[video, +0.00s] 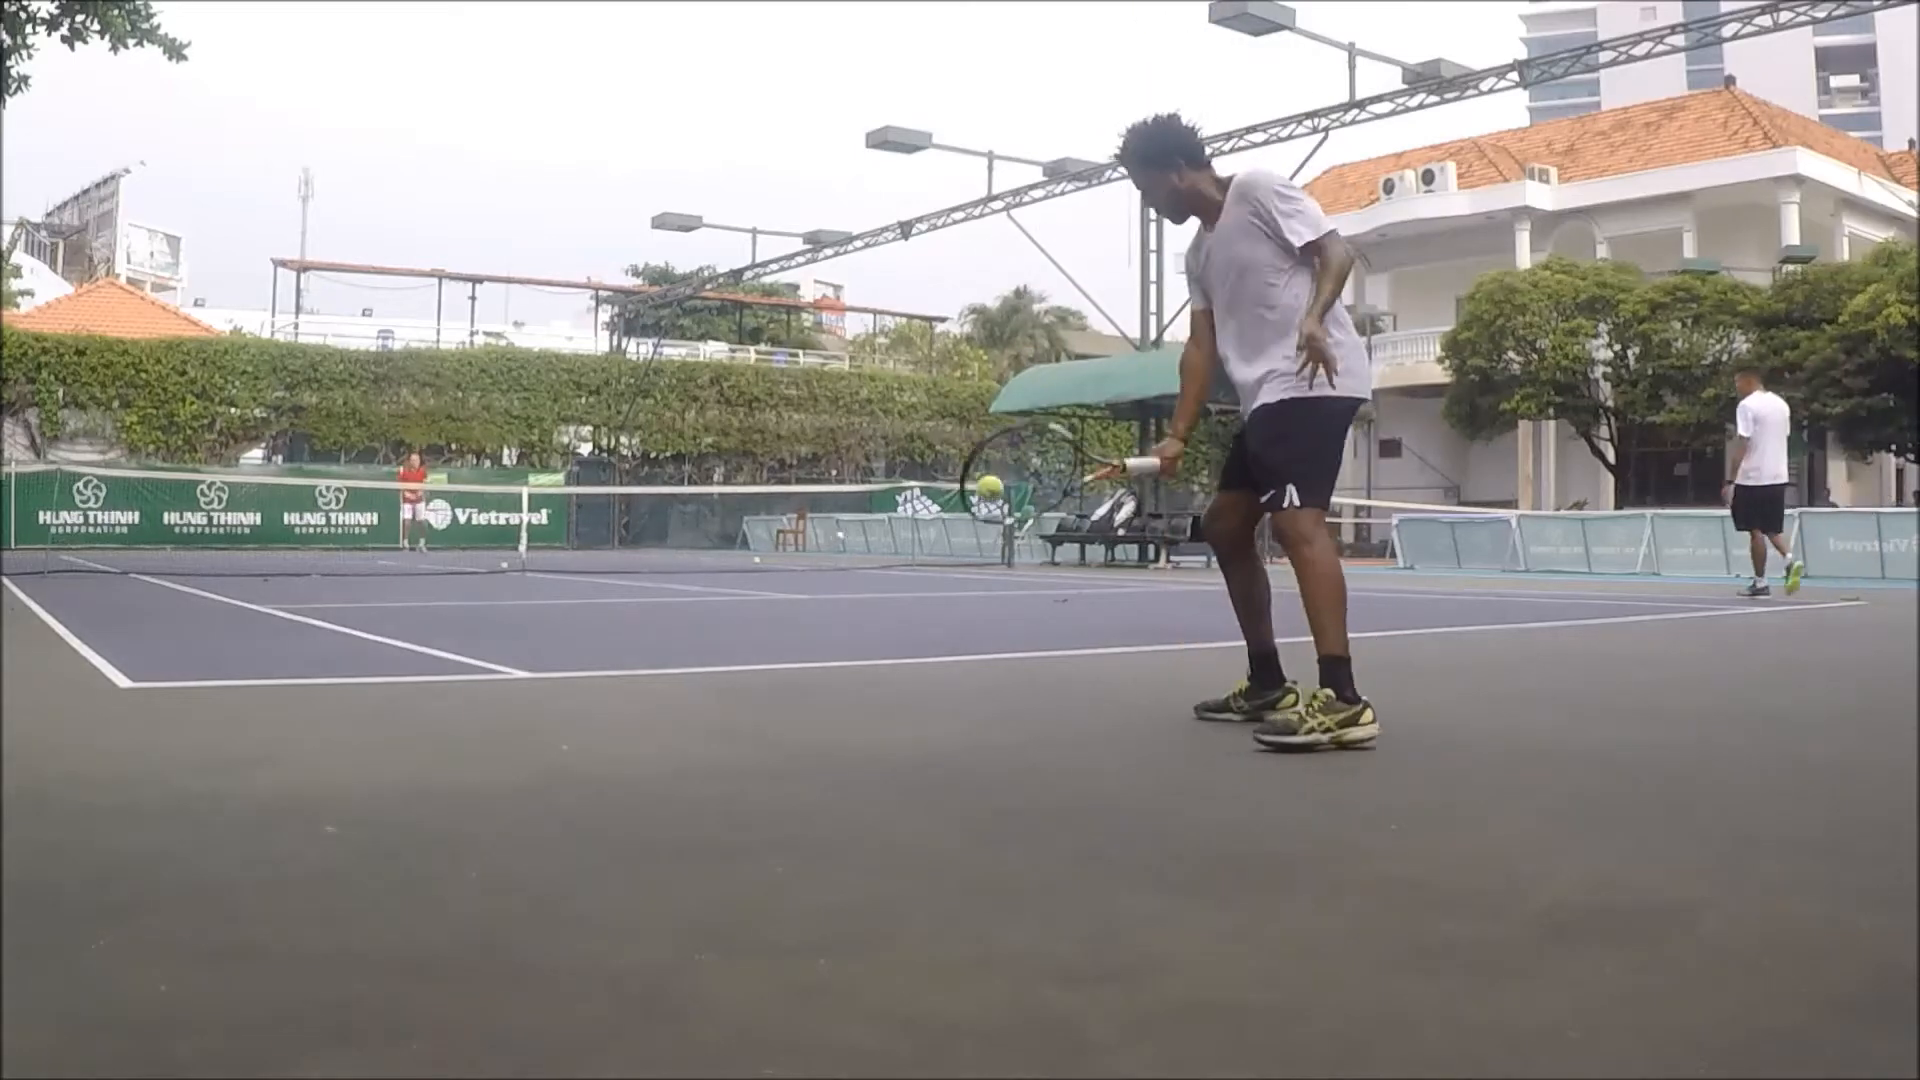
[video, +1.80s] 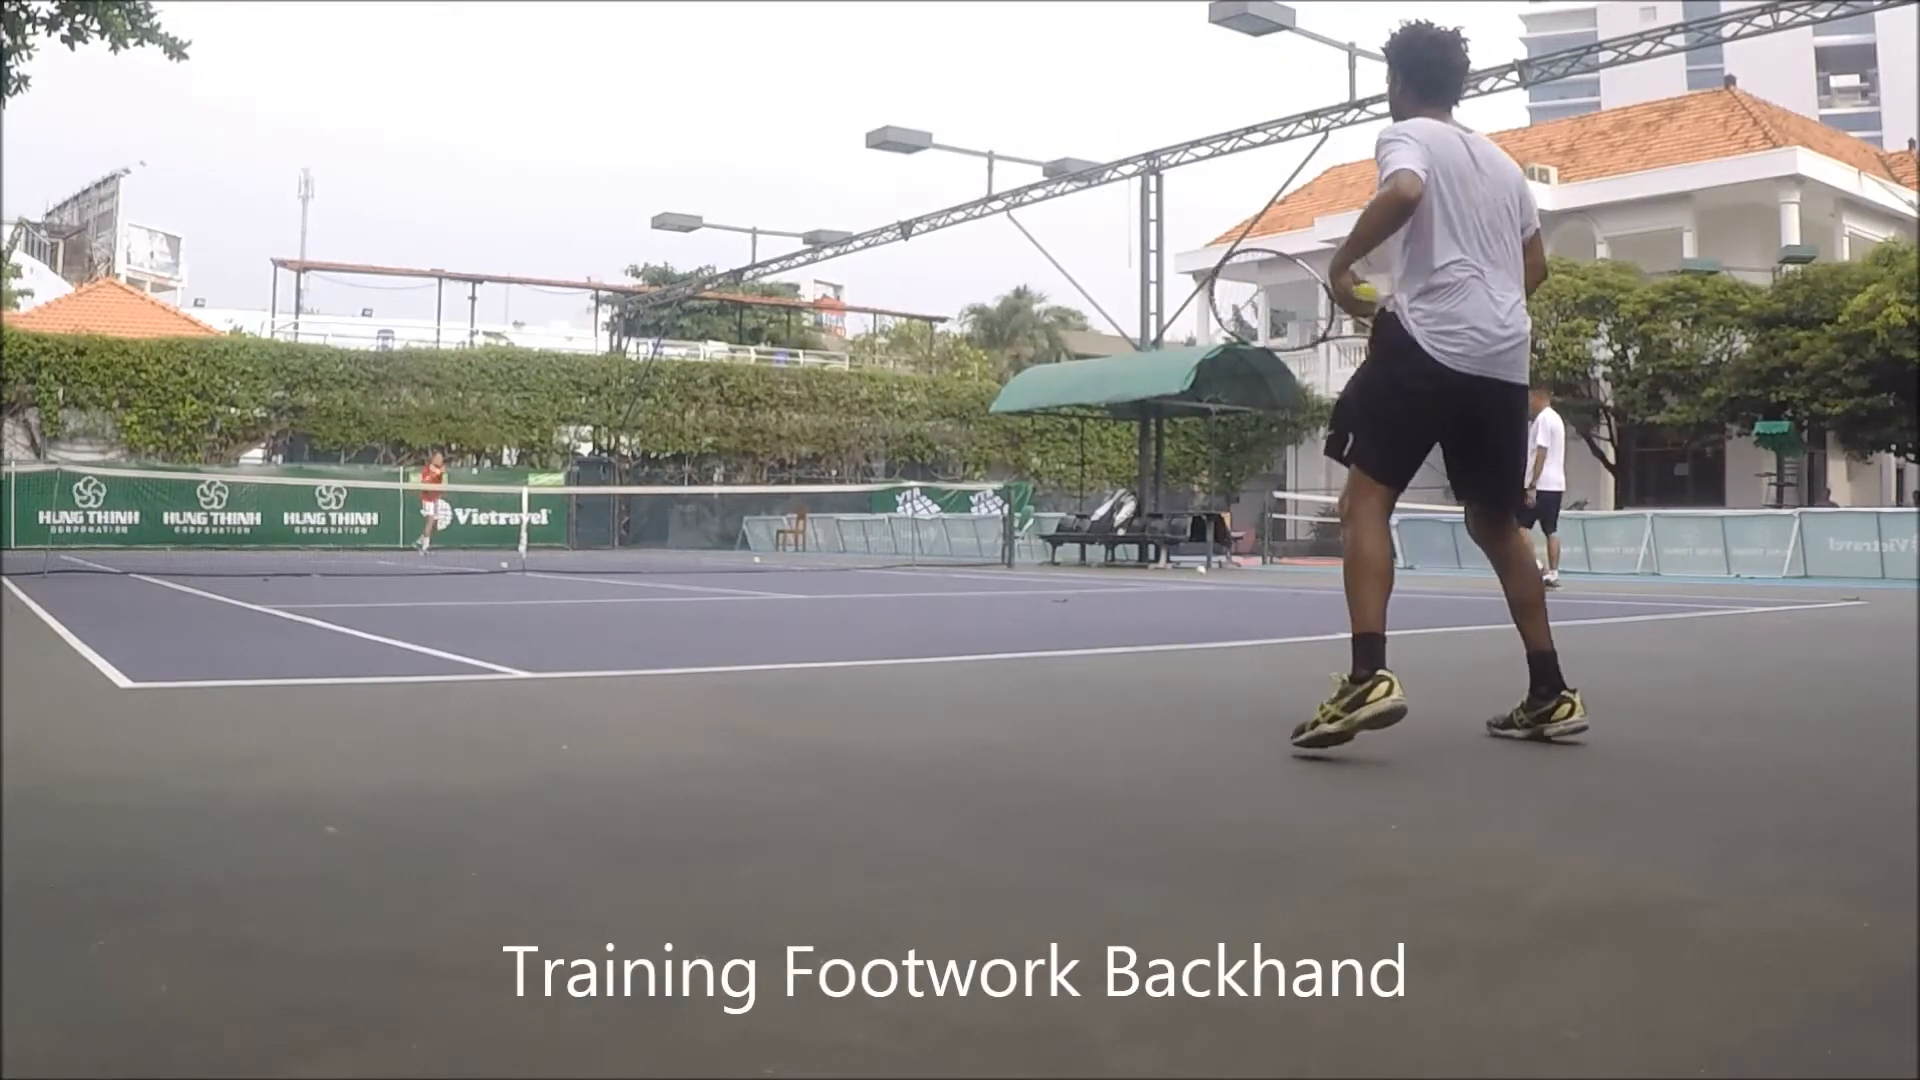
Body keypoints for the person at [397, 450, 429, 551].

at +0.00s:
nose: (415, 462)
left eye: (417, 460)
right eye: (413, 460)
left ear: (420, 461)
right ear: (409, 461)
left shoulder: (422, 471)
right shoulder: (403, 470)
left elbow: (424, 483)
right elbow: (400, 484)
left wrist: (420, 492)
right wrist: (406, 493)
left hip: (419, 498)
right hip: (407, 499)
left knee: (421, 520)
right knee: (407, 520)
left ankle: (422, 541)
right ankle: (405, 541)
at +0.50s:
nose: (428, 466)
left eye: (430, 464)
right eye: (426, 464)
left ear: (432, 465)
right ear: (422, 465)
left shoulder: (433, 476)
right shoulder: (414, 474)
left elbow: (434, 489)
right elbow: (409, 488)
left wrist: (429, 499)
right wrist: (417, 499)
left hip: (426, 504)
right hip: (414, 504)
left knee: (433, 522)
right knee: (410, 524)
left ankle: (432, 544)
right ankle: (398, 542)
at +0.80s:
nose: (438, 465)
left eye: (440, 463)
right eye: (436, 462)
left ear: (441, 464)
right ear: (431, 463)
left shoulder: (441, 476)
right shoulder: (424, 473)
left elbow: (440, 488)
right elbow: (418, 487)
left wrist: (436, 498)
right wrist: (426, 500)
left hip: (434, 500)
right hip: (423, 500)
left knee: (438, 523)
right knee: (424, 520)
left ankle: (431, 545)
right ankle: (411, 542)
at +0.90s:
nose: (440, 465)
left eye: (441, 463)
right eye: (438, 463)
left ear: (442, 465)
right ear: (432, 464)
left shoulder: (442, 477)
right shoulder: (425, 474)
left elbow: (441, 491)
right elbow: (421, 488)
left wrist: (437, 503)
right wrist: (428, 501)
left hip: (435, 502)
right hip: (425, 501)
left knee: (439, 523)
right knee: (429, 519)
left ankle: (431, 545)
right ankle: (416, 540)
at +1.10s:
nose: (441, 465)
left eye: (442, 462)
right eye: (438, 462)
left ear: (442, 463)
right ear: (432, 462)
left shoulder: (437, 474)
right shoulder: (430, 474)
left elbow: (437, 489)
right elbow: (434, 489)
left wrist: (441, 500)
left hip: (433, 500)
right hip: (426, 500)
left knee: (436, 521)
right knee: (431, 521)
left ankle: (431, 544)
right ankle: (420, 545)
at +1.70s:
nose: (439, 463)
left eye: (440, 460)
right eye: (437, 461)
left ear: (441, 461)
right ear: (431, 461)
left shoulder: (442, 472)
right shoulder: (422, 473)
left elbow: (444, 486)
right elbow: (420, 487)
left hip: (439, 499)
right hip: (427, 499)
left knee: (436, 522)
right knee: (430, 519)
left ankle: (424, 541)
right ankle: (426, 544)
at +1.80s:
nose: (438, 466)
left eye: (440, 464)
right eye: (435, 464)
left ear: (442, 463)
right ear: (431, 461)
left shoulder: (441, 472)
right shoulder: (426, 471)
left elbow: (442, 485)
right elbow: (425, 484)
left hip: (436, 498)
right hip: (427, 497)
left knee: (435, 521)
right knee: (430, 519)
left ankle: (420, 540)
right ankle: (425, 545)